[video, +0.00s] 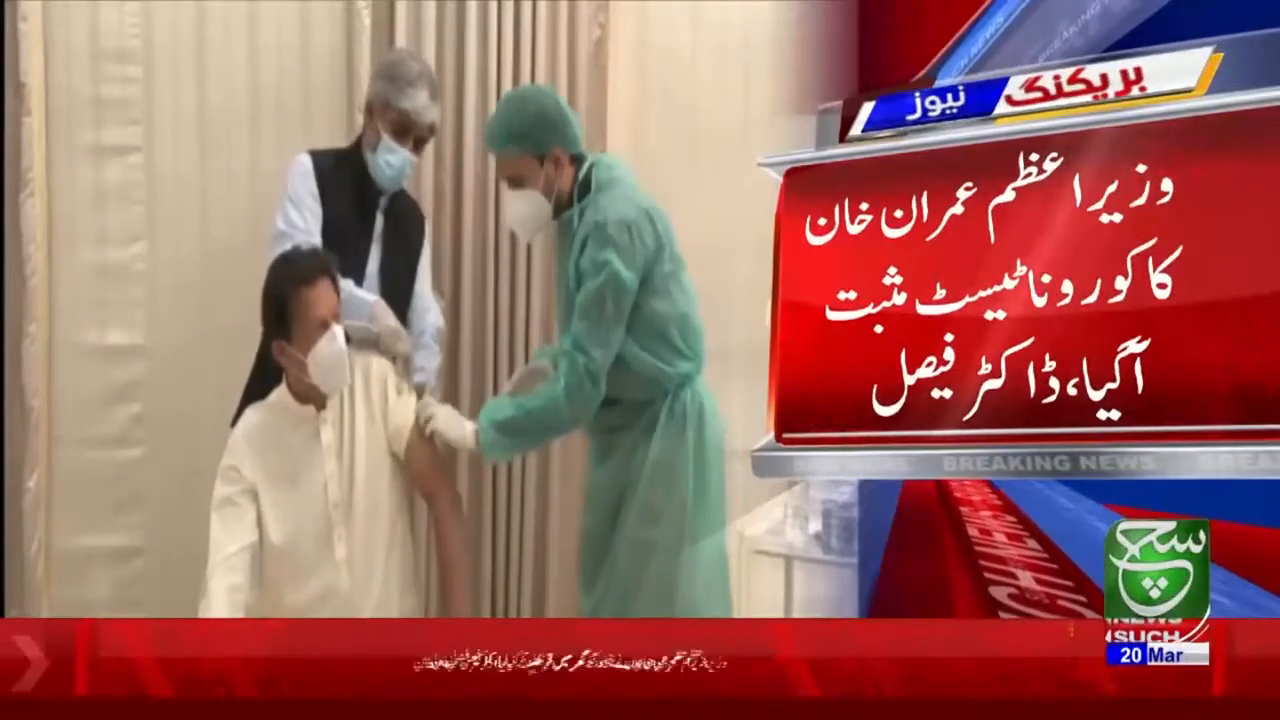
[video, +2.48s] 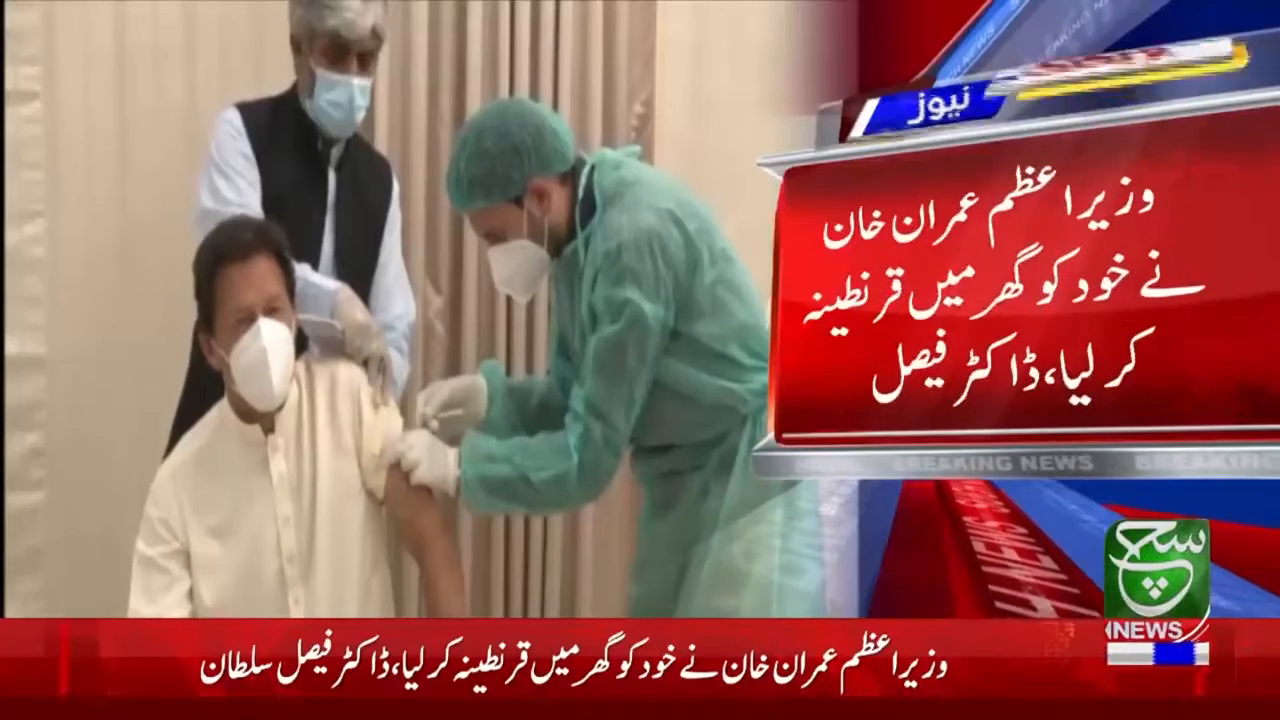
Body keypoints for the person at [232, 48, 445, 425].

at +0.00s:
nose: (406, 152)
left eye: (419, 142)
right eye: (398, 133)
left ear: (429, 143)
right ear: (370, 115)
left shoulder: (411, 218)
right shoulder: (313, 172)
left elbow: (424, 316)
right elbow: (294, 269)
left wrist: (417, 392)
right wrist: (372, 311)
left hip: (372, 390)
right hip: (298, 376)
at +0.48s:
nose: (407, 155)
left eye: (421, 145)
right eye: (399, 136)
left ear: (430, 145)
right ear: (371, 118)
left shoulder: (412, 218)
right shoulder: (314, 172)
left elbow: (425, 321)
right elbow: (296, 269)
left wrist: (419, 403)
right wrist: (371, 312)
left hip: (372, 391)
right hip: (297, 377)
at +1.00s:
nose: (350, 78)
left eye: (363, 60)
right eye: (334, 58)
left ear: (376, 58)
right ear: (298, 50)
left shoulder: (378, 166)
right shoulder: (242, 126)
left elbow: (391, 292)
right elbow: (232, 252)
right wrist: (334, 303)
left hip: (340, 391)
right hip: (242, 378)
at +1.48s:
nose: (352, 77)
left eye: (364, 60)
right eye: (335, 58)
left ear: (376, 58)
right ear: (297, 50)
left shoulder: (376, 170)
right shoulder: (243, 126)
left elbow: (396, 304)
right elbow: (231, 248)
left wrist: (376, 384)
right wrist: (333, 298)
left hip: (335, 399)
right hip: (237, 386)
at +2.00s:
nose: (352, 77)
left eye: (364, 61)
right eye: (334, 58)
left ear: (377, 60)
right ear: (298, 51)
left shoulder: (378, 173)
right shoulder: (242, 129)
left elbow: (394, 307)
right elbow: (232, 252)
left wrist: (374, 389)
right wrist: (333, 298)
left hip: (334, 401)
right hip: (237, 386)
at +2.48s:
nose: (352, 77)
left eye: (365, 61)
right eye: (335, 57)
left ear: (377, 62)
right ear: (300, 52)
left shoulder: (378, 174)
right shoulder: (242, 130)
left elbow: (394, 306)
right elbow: (233, 254)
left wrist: (376, 392)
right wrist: (336, 301)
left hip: (333, 400)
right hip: (239, 384)